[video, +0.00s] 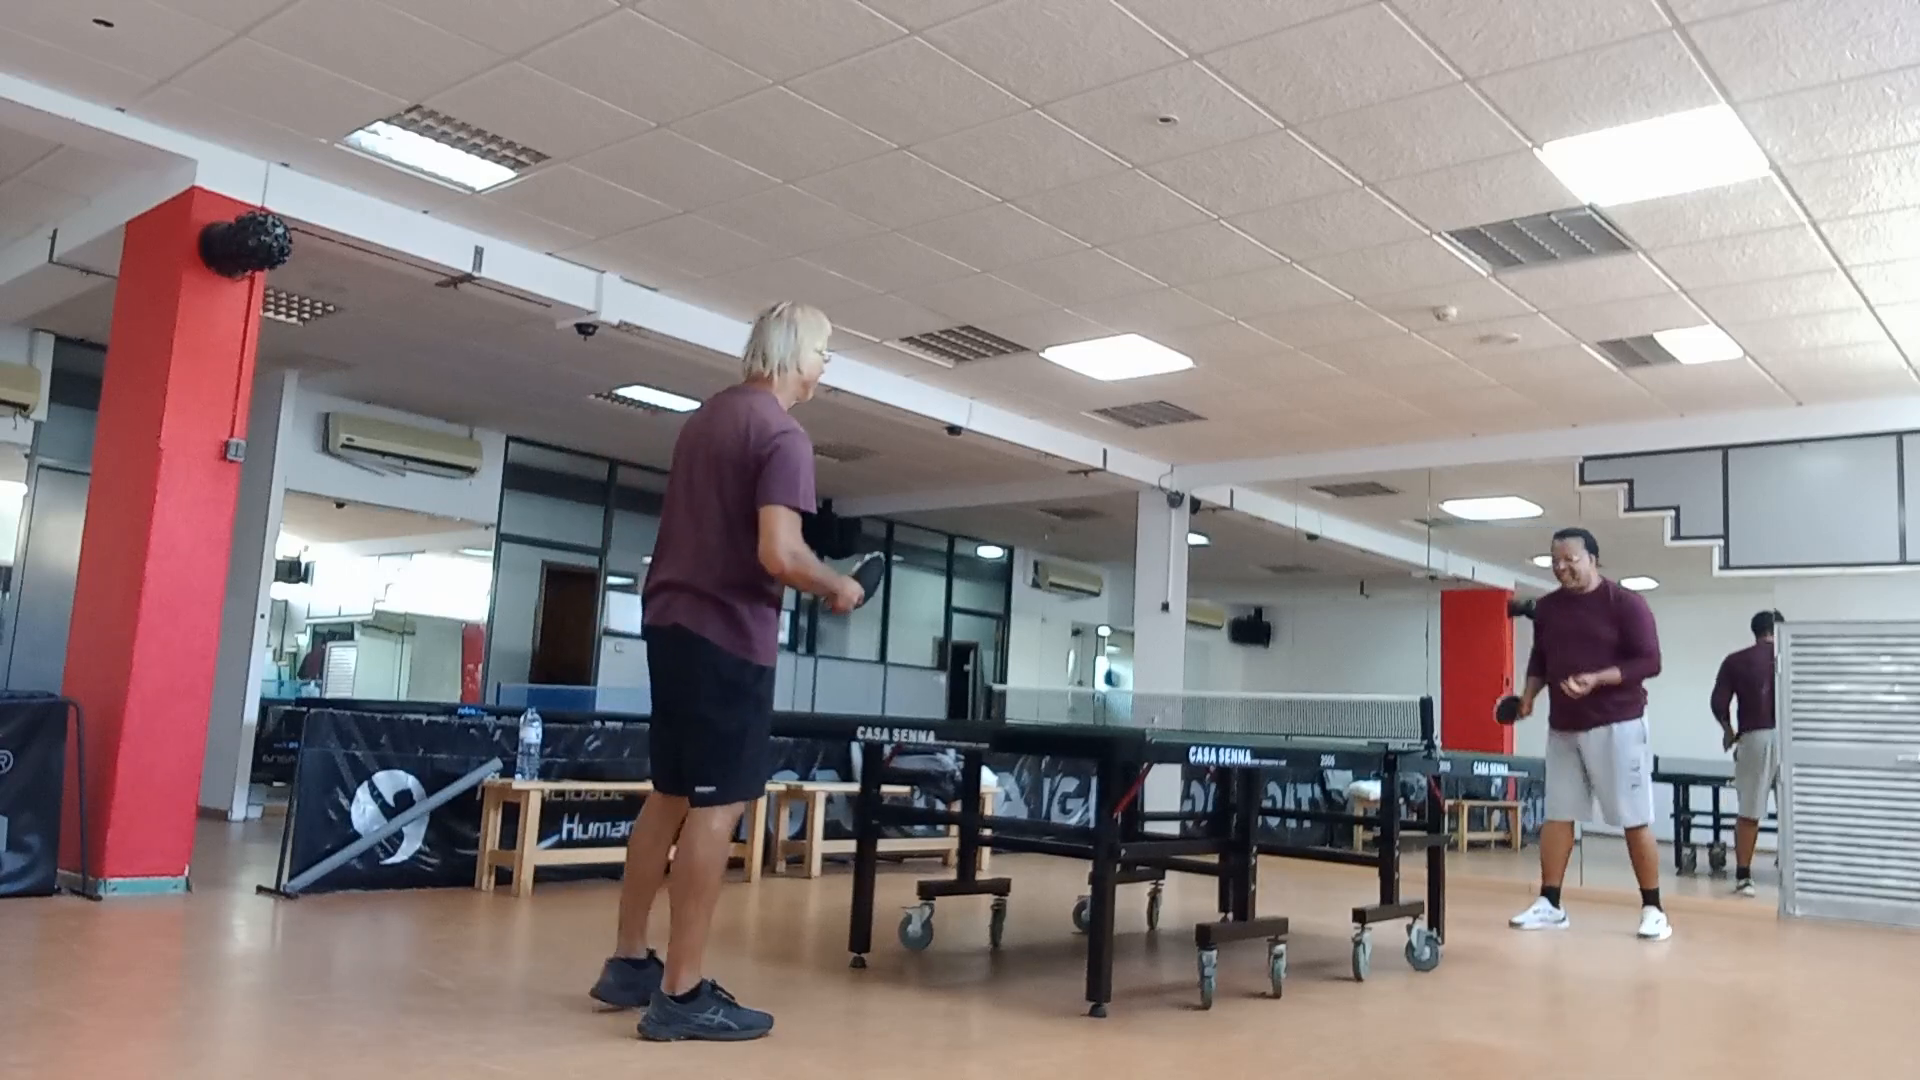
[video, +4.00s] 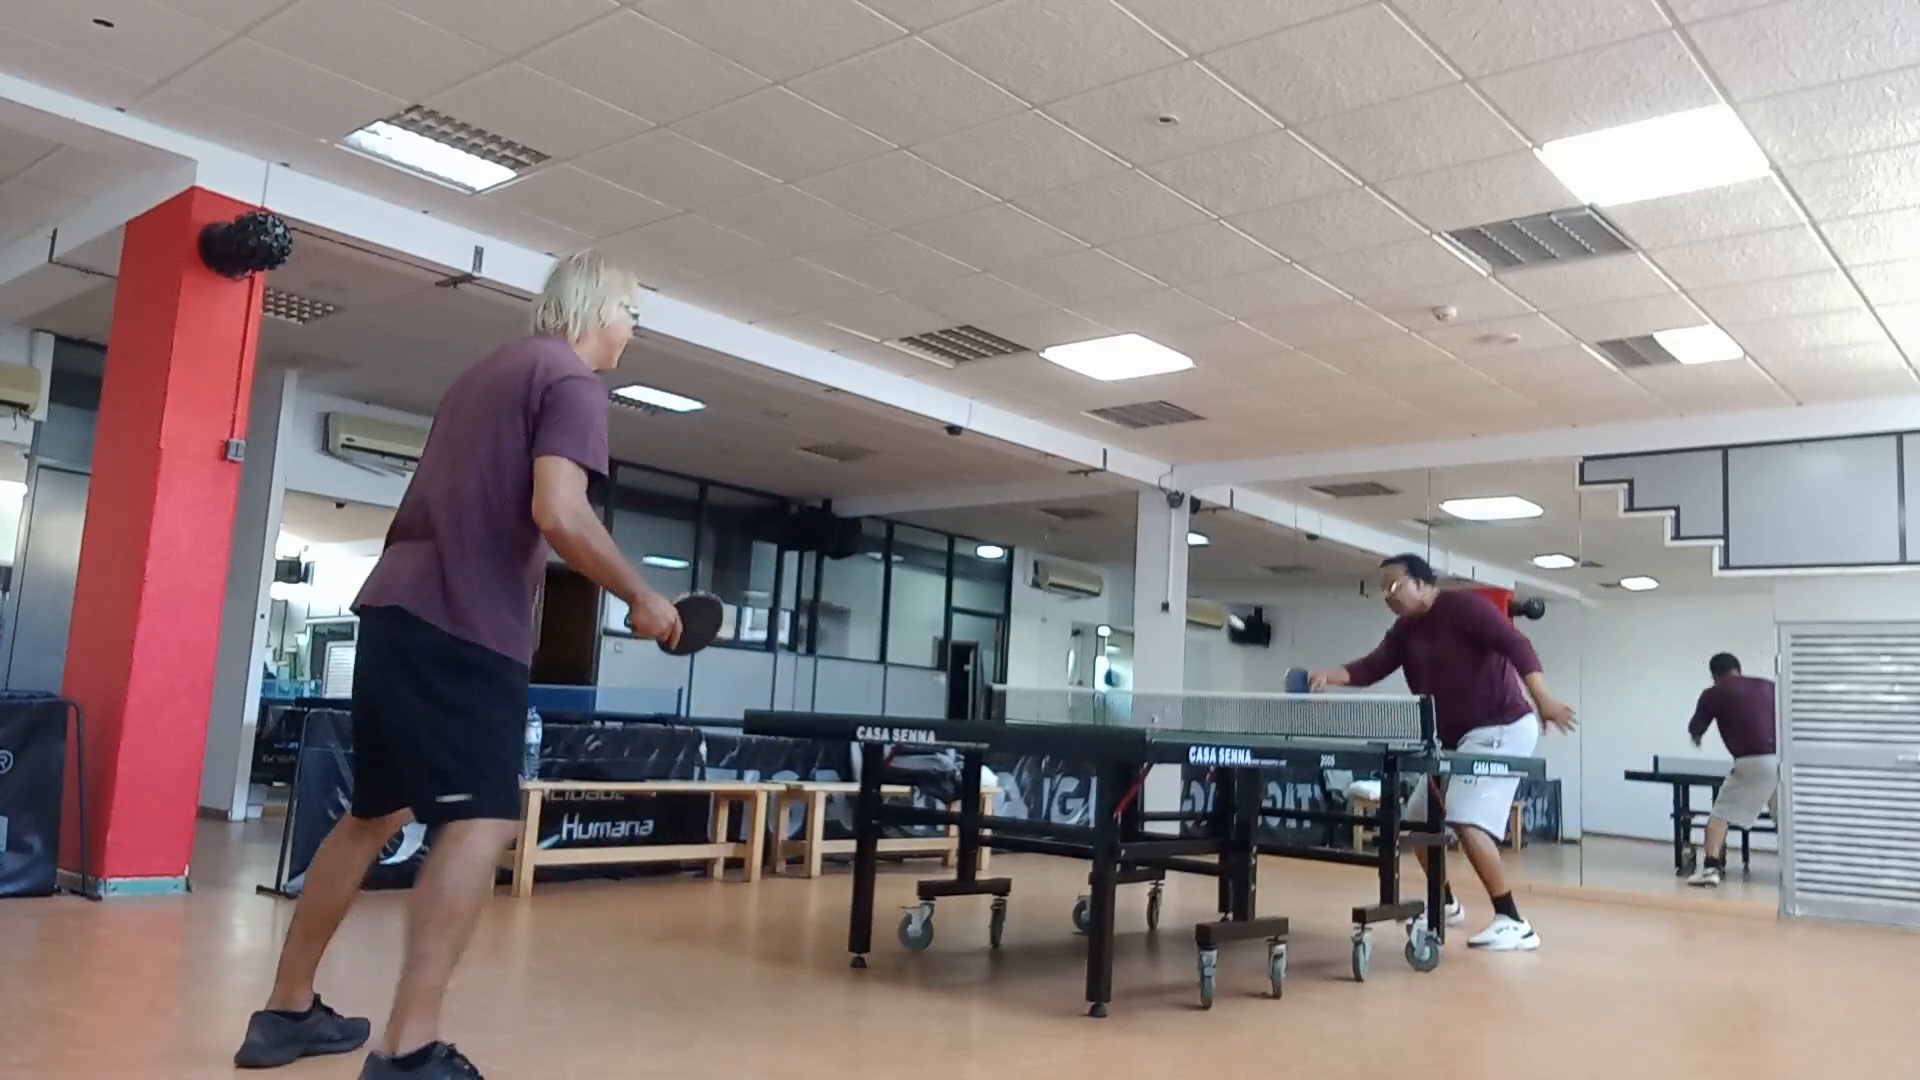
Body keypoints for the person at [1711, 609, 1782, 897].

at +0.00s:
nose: (1777, 637)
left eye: (1772, 632)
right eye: (1778, 631)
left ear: (1754, 632)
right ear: (1780, 631)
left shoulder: (1736, 661)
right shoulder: (1794, 658)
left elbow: (1718, 702)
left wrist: (1728, 728)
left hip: (1755, 740)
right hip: (1792, 740)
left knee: (1749, 811)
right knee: (1796, 811)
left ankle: (1743, 875)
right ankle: (1799, 878)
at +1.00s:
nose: (1772, 663)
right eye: (1773, 658)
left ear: (1751, 658)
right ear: (1774, 658)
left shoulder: (1730, 678)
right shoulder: (1783, 675)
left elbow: (1720, 723)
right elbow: (1793, 713)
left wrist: (1742, 733)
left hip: (1741, 745)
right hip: (1776, 744)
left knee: (1750, 814)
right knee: (1791, 805)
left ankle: (1751, 876)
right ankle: (1785, 859)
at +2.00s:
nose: (1763, 662)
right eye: (1764, 658)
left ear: (1739, 657)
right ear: (1766, 657)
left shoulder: (1723, 680)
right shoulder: (1780, 677)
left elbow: (1705, 722)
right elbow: (1797, 710)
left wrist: (1709, 750)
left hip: (1745, 753)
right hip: (1783, 751)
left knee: (1722, 815)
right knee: (1799, 813)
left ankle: (1709, 872)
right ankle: (1804, 873)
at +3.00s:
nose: (1771, 656)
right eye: (1774, 651)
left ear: (1755, 651)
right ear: (1777, 650)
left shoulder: (1735, 676)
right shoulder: (1791, 673)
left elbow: (1711, 715)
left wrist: (1715, 744)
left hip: (1748, 751)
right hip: (1785, 751)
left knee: (1725, 814)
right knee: (1800, 811)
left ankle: (1706, 868)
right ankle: (1797, 868)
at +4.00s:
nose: (1717, 682)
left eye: (1715, 678)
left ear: (1715, 675)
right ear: (1739, 669)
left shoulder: (1714, 693)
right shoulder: (1768, 686)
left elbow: (1696, 729)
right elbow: (1787, 713)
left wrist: (1696, 736)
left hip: (1752, 764)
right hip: (1784, 762)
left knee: (1719, 816)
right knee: (1786, 817)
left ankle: (1711, 867)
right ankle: (1798, 864)